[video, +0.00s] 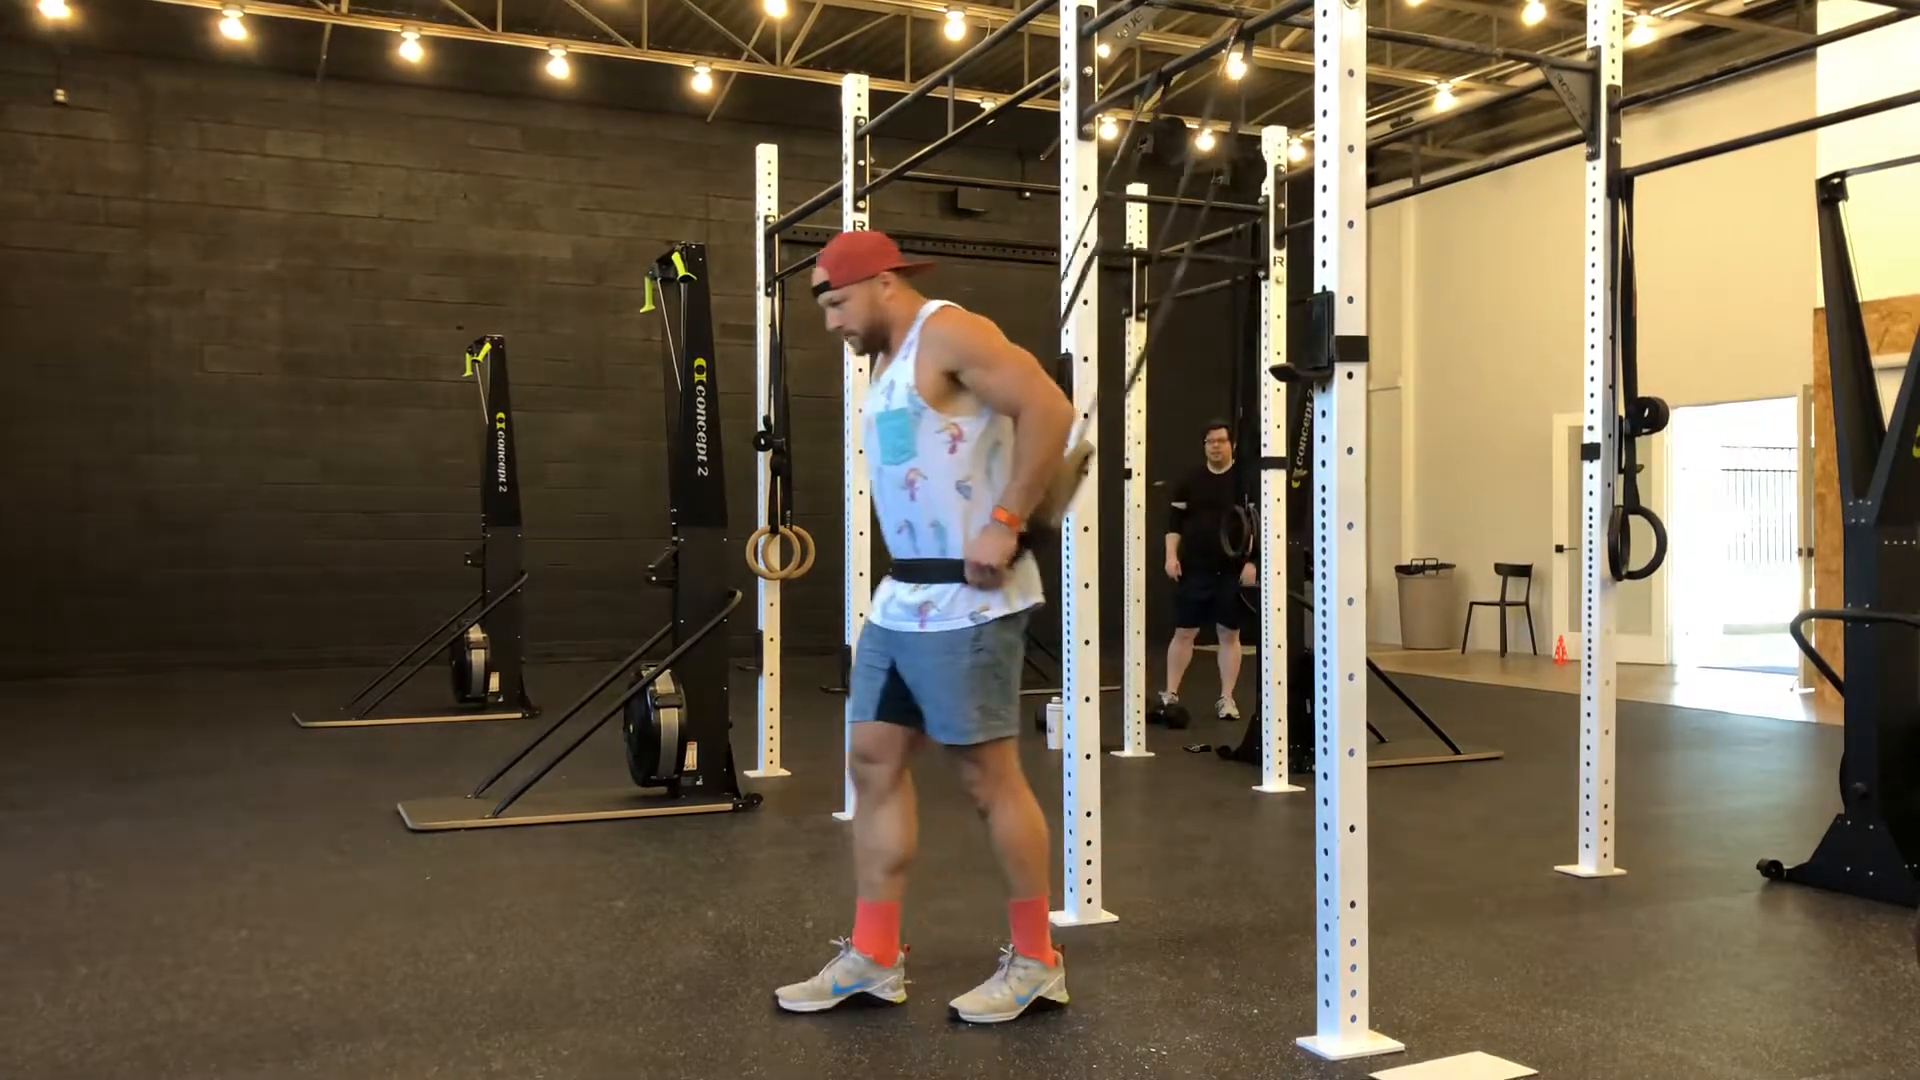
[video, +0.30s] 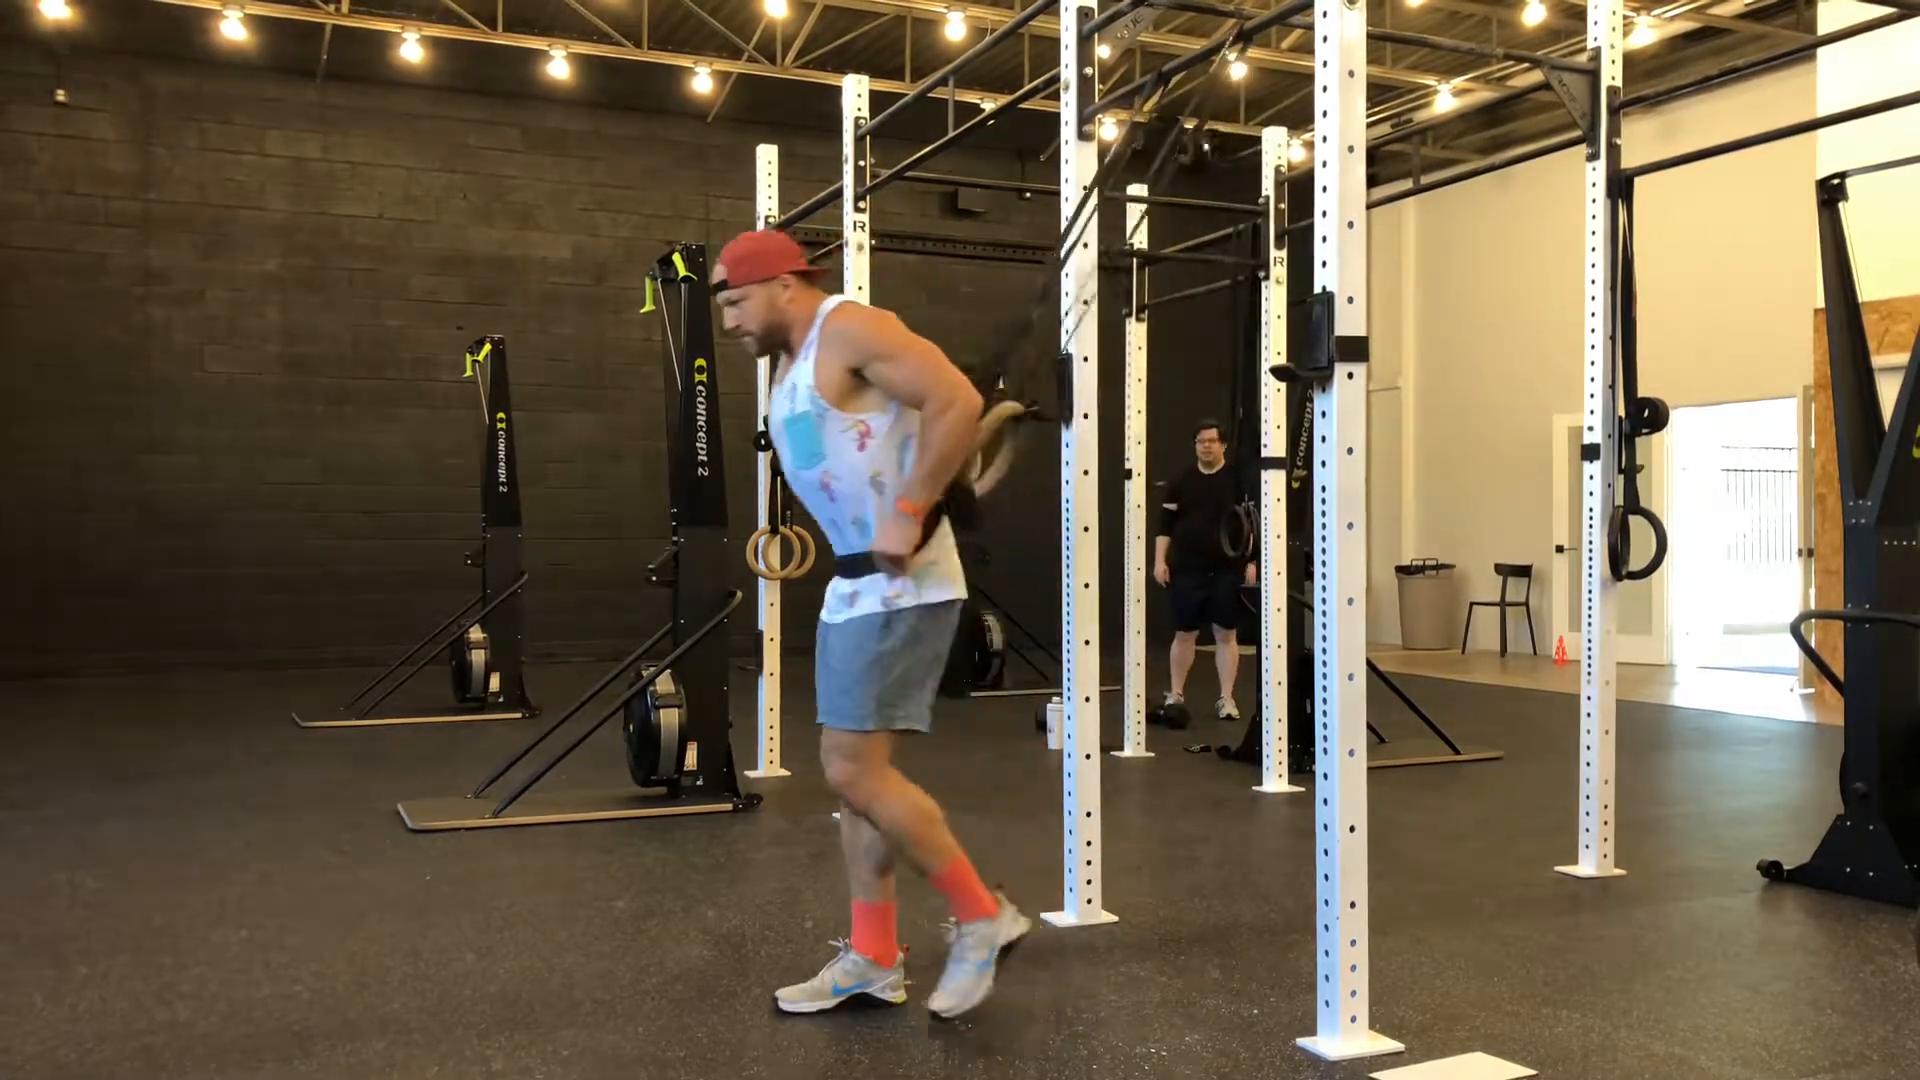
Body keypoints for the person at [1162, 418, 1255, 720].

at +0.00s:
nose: (1216, 447)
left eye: (1221, 441)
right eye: (1210, 442)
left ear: (1232, 444)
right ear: (1203, 446)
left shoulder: (1245, 478)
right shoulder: (1190, 480)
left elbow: (1260, 523)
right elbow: (1174, 522)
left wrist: (1253, 561)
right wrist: (1171, 555)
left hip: (1231, 570)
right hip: (1193, 567)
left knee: (1229, 633)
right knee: (1184, 632)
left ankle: (1227, 698)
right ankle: (1170, 694)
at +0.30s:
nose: (1206, 447)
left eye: (1211, 441)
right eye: (1201, 442)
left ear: (1223, 445)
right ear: (1194, 446)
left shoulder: (1238, 480)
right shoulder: (1181, 481)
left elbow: (1254, 524)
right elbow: (1165, 524)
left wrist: (1253, 561)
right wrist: (1160, 560)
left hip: (1226, 569)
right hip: (1186, 568)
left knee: (1225, 633)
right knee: (1185, 633)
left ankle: (1226, 699)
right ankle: (1175, 695)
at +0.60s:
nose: (1192, 446)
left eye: (1198, 441)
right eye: (1188, 441)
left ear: (1211, 445)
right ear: (1183, 445)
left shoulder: (1226, 479)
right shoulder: (1171, 481)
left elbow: (1238, 522)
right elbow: (1154, 522)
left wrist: (1238, 556)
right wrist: (1145, 554)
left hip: (1215, 569)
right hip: (1177, 569)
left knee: (1219, 633)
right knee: (1179, 633)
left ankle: (1226, 697)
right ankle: (1175, 695)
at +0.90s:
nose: (1189, 447)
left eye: (1194, 442)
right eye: (1184, 443)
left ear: (1205, 446)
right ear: (1177, 447)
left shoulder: (1220, 481)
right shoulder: (1166, 483)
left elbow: (1233, 523)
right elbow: (1149, 528)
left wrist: (1232, 557)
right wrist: (1140, 563)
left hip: (1211, 570)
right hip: (1173, 569)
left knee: (1215, 633)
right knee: (1176, 634)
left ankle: (1224, 697)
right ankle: (1174, 696)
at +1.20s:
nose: (1188, 447)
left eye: (1194, 442)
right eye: (1183, 443)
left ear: (1205, 446)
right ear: (1176, 448)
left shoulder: (1219, 481)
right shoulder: (1165, 483)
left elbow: (1233, 523)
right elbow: (1149, 526)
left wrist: (1235, 560)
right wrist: (1142, 561)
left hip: (1210, 569)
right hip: (1172, 569)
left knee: (1214, 633)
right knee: (1176, 634)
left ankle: (1225, 698)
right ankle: (1174, 696)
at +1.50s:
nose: (1189, 448)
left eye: (1194, 443)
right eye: (1184, 443)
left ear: (1205, 446)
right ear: (1177, 448)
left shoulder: (1220, 482)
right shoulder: (1165, 484)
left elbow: (1234, 524)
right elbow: (1150, 525)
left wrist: (1235, 559)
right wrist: (1143, 557)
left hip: (1211, 569)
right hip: (1173, 569)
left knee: (1214, 633)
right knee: (1176, 634)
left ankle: (1225, 698)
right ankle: (1174, 696)